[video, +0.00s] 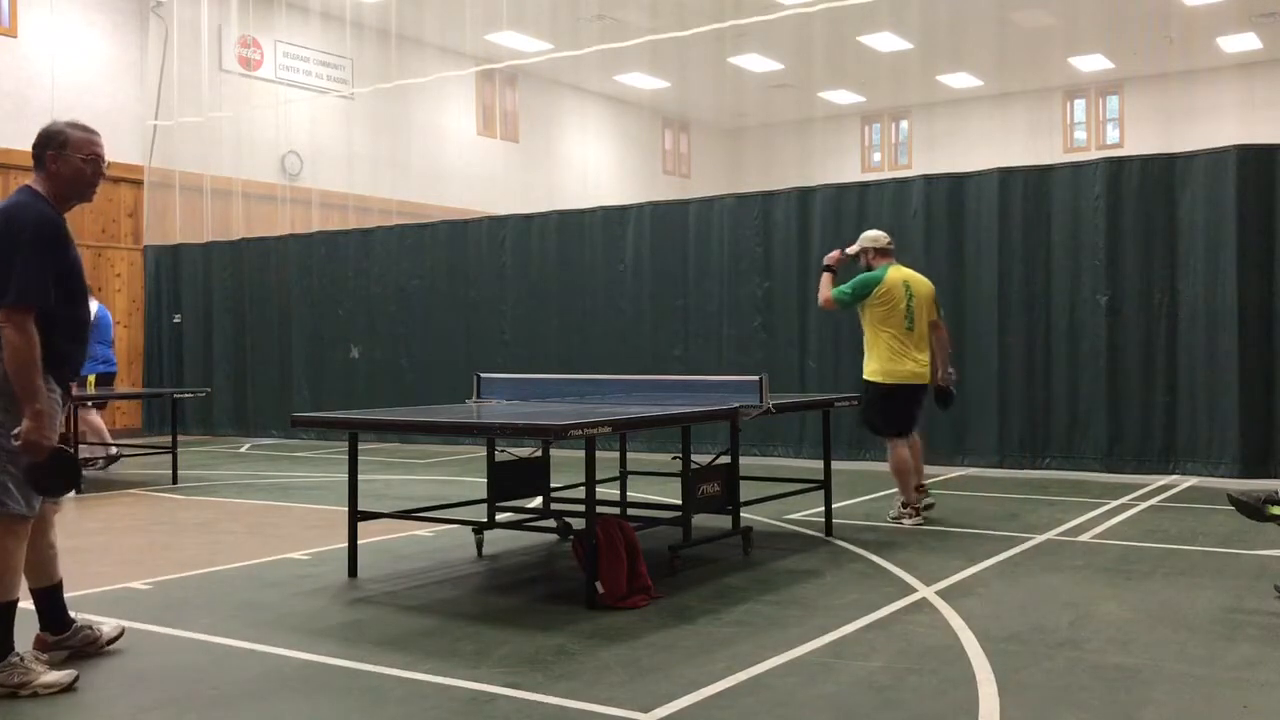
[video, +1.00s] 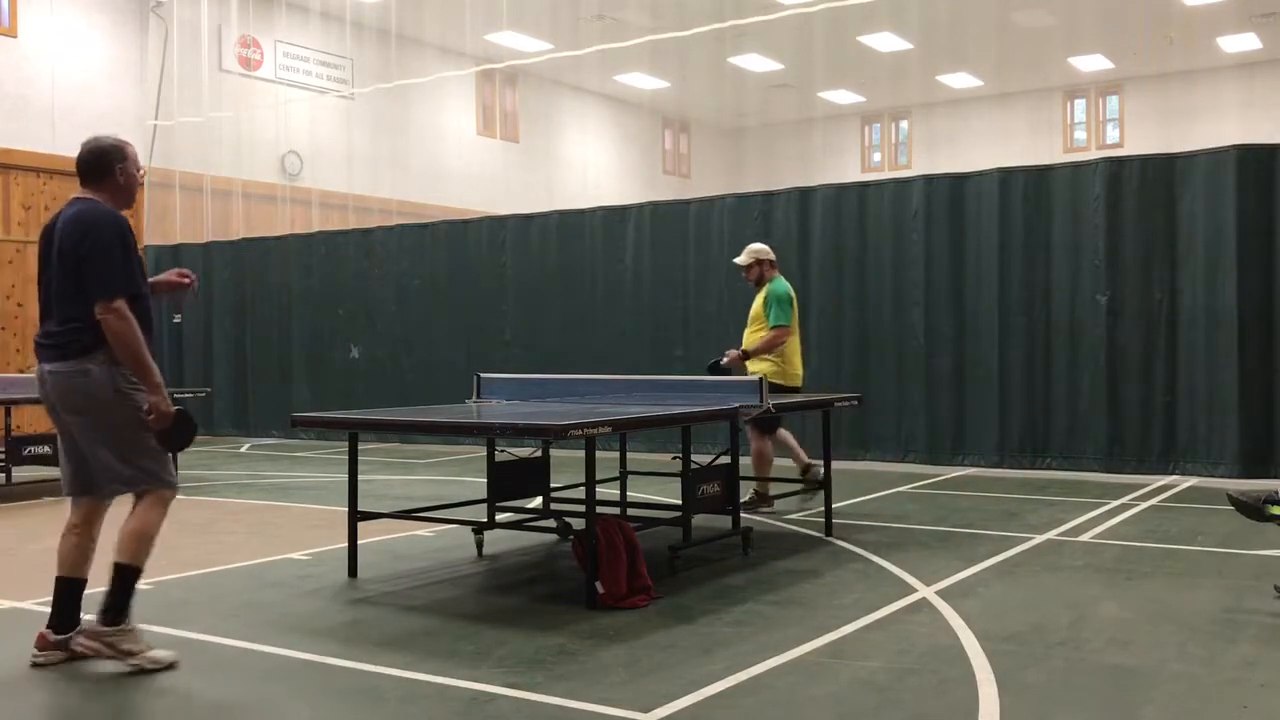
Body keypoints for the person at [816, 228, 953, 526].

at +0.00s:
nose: (861, 263)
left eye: (861, 257)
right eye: (860, 258)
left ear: (869, 254)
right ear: (891, 252)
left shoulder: (872, 280)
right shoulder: (923, 283)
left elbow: (826, 299)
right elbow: (937, 328)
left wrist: (828, 268)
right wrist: (943, 370)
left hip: (885, 376)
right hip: (918, 375)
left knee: (896, 441)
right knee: (909, 432)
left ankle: (909, 506)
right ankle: (919, 490)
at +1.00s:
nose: (744, 275)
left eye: (748, 269)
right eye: (743, 269)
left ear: (764, 265)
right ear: (762, 266)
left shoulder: (778, 290)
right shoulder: (770, 289)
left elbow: (781, 334)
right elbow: (770, 334)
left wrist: (743, 354)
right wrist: (742, 355)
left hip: (774, 377)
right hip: (768, 375)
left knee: (757, 429)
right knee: (769, 426)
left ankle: (761, 493)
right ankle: (808, 469)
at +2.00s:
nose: (689, 277)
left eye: (693, 272)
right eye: (687, 272)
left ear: (709, 268)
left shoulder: (726, 294)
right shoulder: (699, 295)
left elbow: (732, 337)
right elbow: (700, 337)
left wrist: (693, 353)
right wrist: (684, 361)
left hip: (723, 378)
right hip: (704, 377)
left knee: (711, 434)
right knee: (717, 434)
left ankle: (715, 492)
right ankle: (723, 491)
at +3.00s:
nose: (678, 271)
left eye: (684, 265)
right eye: (676, 265)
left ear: (700, 264)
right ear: (675, 265)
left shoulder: (716, 293)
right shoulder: (689, 291)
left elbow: (724, 336)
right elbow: (688, 334)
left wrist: (687, 354)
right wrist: (676, 363)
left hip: (713, 375)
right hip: (692, 374)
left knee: (709, 432)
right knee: (703, 431)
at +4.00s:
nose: (677, 268)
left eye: (682, 262)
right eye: (675, 263)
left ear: (699, 263)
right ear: (675, 264)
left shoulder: (713, 289)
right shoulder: (690, 290)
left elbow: (718, 330)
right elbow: (687, 334)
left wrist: (676, 325)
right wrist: (676, 368)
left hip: (708, 377)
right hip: (688, 376)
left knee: (705, 433)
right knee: (701, 433)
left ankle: (714, 487)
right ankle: (716, 486)